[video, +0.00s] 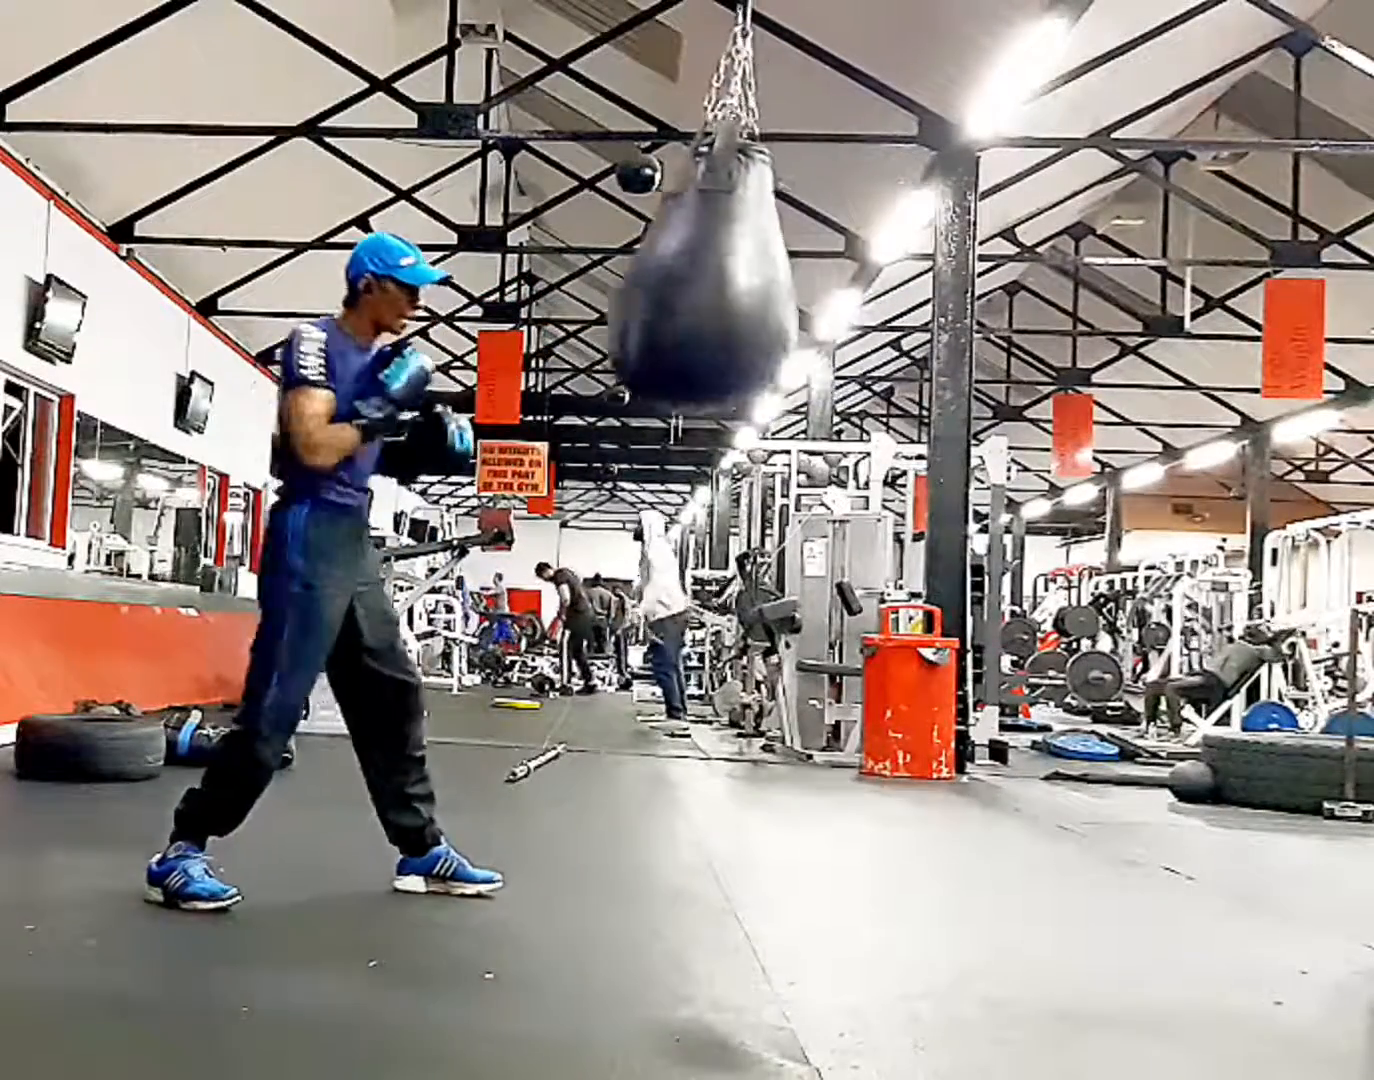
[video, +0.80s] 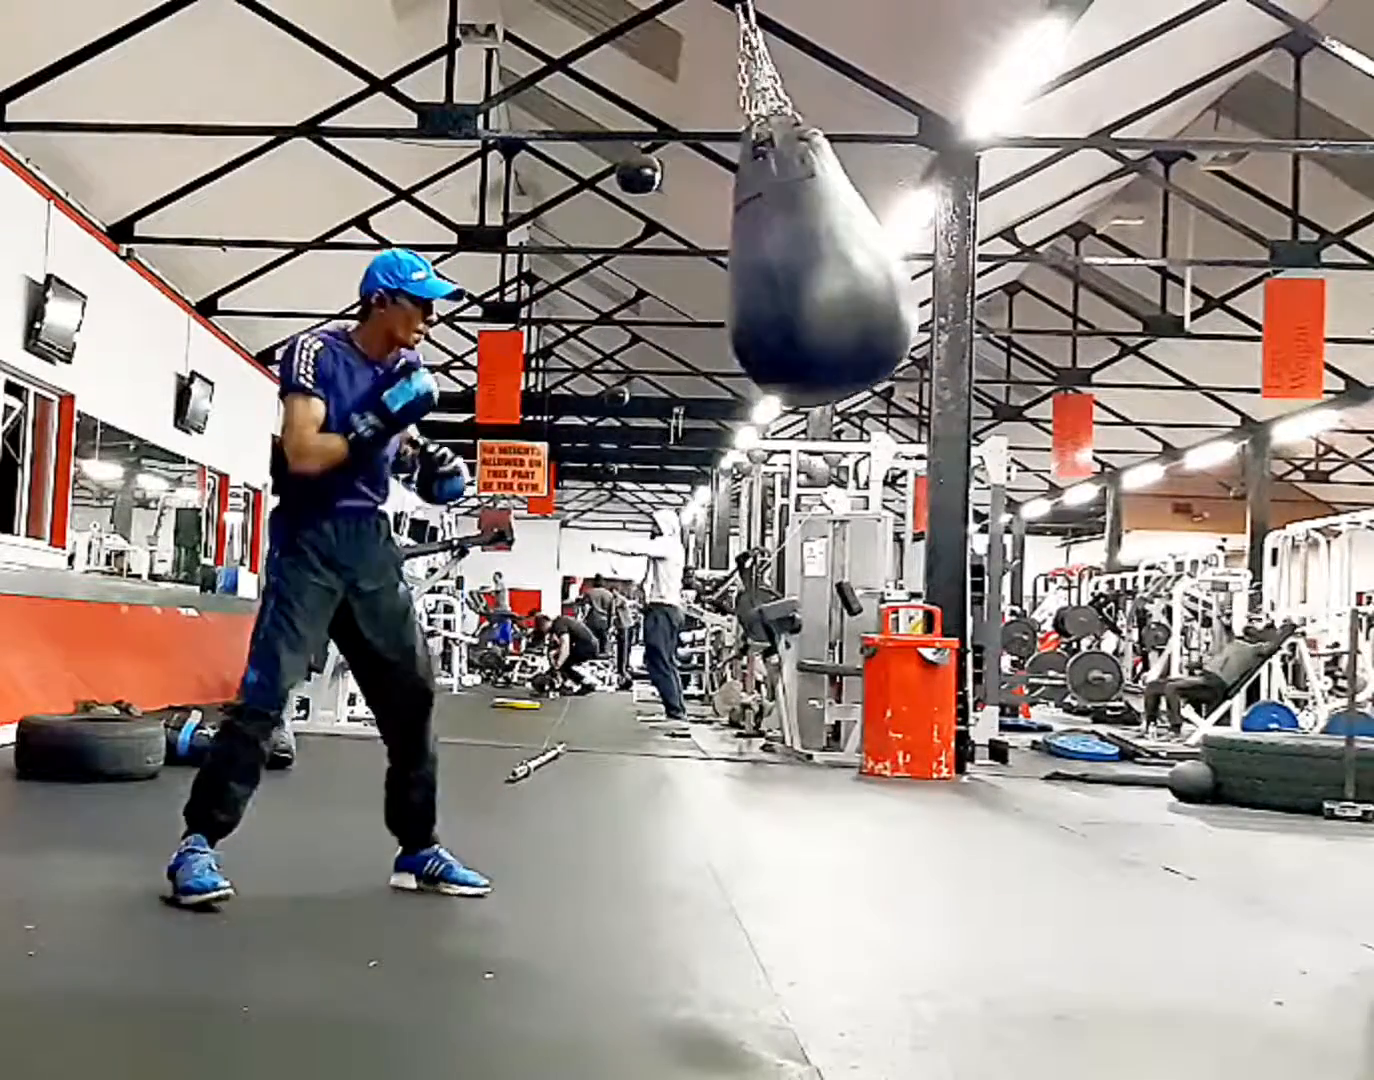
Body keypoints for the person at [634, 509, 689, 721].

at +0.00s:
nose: (635, 531)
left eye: (639, 526)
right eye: (637, 526)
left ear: (647, 527)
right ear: (656, 527)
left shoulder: (654, 548)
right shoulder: (660, 547)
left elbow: (656, 583)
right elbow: (646, 581)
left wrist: (643, 607)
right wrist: (634, 595)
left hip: (666, 611)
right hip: (674, 610)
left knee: (664, 665)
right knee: (672, 663)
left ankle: (675, 712)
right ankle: (678, 709)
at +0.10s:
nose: (642, 528)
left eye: (646, 524)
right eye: (644, 524)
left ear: (653, 526)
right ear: (663, 526)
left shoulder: (656, 548)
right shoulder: (669, 547)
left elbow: (645, 578)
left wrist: (620, 591)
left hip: (659, 612)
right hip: (671, 609)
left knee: (660, 662)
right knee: (670, 662)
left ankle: (675, 711)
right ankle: (679, 707)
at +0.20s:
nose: (649, 527)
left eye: (653, 523)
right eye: (651, 523)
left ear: (661, 526)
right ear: (670, 526)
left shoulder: (661, 545)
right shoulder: (673, 547)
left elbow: (632, 560)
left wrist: (599, 569)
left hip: (657, 610)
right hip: (670, 609)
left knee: (657, 666)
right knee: (667, 664)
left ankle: (675, 712)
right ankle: (677, 709)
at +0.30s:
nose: (652, 528)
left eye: (654, 524)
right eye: (653, 524)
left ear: (662, 525)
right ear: (672, 526)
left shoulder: (662, 544)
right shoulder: (673, 547)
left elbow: (630, 546)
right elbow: (630, 548)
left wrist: (595, 546)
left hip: (655, 608)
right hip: (666, 608)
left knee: (655, 663)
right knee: (667, 661)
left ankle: (675, 712)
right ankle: (677, 709)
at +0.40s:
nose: (653, 527)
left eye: (655, 523)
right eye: (654, 523)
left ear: (661, 524)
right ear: (673, 525)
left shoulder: (663, 542)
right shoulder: (675, 548)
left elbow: (632, 539)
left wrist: (602, 530)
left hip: (655, 606)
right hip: (668, 607)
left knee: (655, 663)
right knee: (667, 661)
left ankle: (674, 713)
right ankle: (678, 710)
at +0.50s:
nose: (653, 528)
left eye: (655, 524)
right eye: (654, 524)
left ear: (663, 525)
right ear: (673, 526)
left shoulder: (665, 543)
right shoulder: (674, 547)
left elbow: (634, 535)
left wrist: (608, 525)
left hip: (657, 606)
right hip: (669, 606)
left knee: (655, 662)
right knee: (665, 660)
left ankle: (674, 713)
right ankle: (677, 709)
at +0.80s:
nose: (652, 529)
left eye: (655, 525)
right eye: (653, 525)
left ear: (663, 526)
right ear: (671, 526)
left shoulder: (667, 545)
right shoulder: (674, 546)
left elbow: (634, 549)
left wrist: (603, 548)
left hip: (662, 609)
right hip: (668, 608)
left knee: (657, 661)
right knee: (666, 660)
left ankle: (675, 710)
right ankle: (677, 708)